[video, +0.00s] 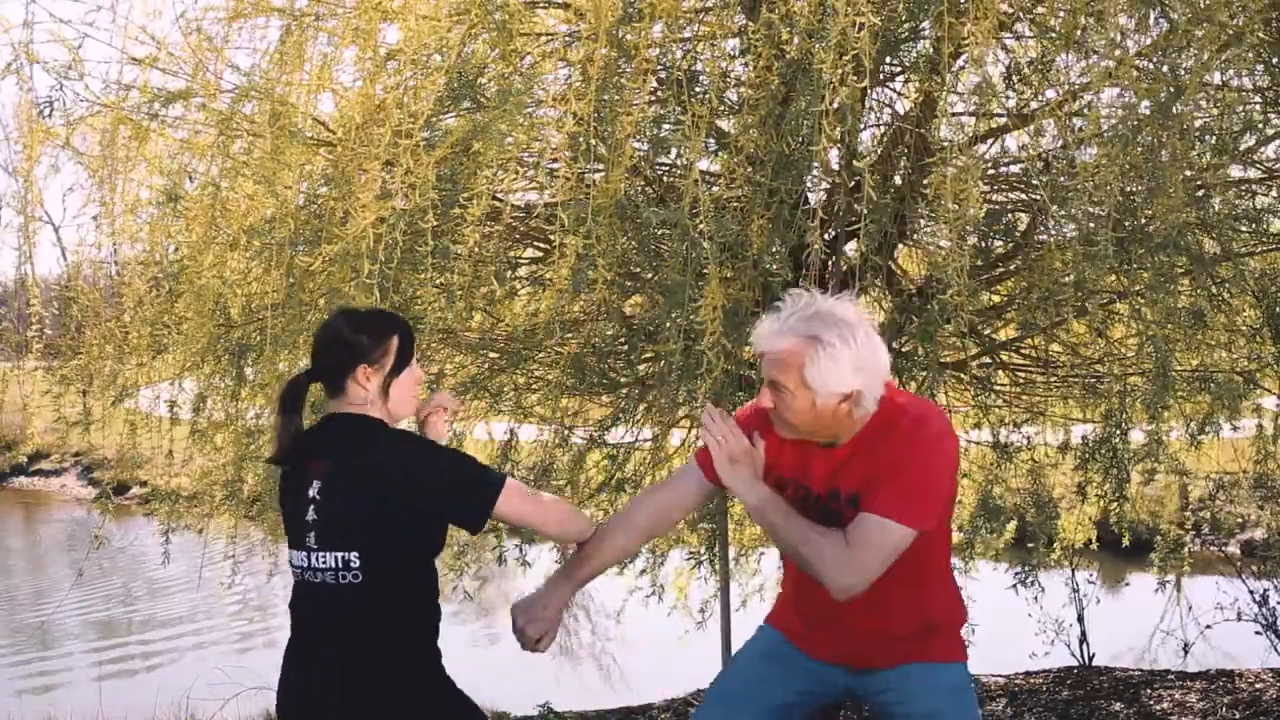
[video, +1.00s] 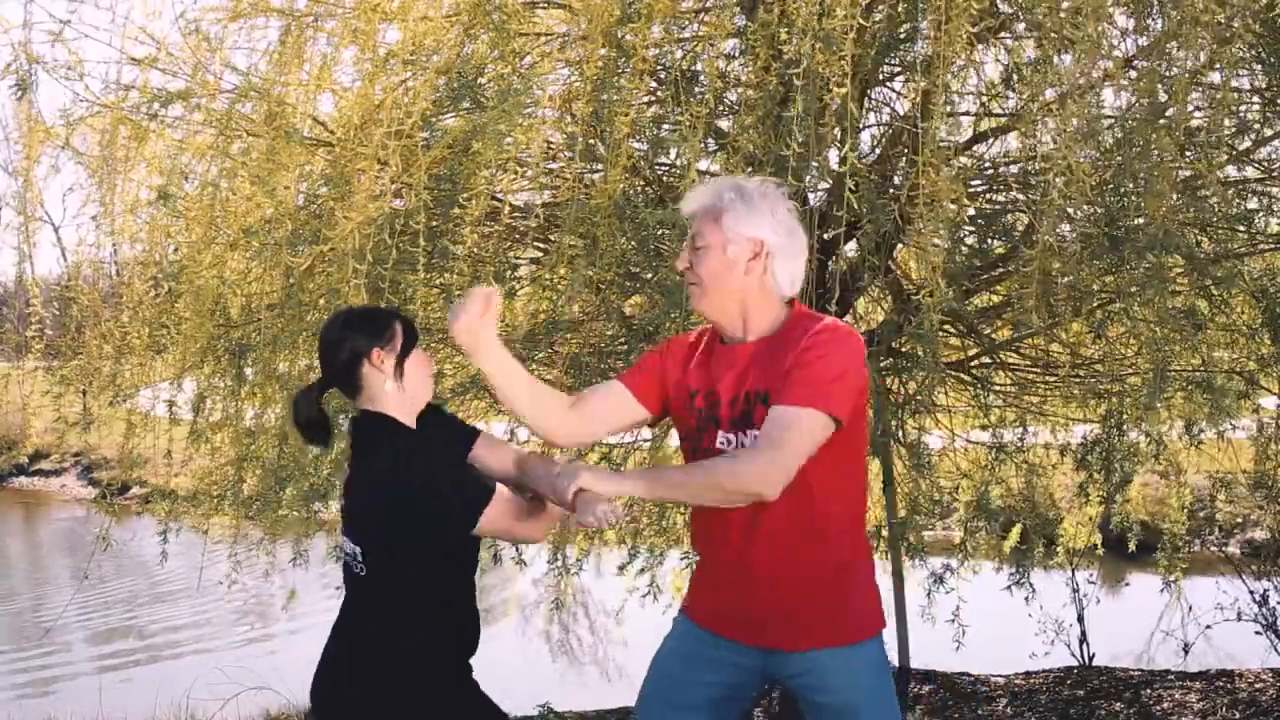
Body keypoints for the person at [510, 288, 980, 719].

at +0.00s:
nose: (765, 402)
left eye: (780, 390)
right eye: (765, 384)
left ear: (845, 398)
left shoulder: (923, 436)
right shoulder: (764, 425)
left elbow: (847, 572)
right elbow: (660, 506)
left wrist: (754, 493)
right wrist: (557, 589)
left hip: (916, 657)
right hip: (795, 645)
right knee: (711, 713)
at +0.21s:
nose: (765, 394)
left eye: (781, 382)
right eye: (767, 376)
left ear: (845, 392)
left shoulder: (923, 437)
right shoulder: (771, 424)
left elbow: (829, 561)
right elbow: (667, 513)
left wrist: (761, 462)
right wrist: (573, 603)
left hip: (919, 662)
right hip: (802, 646)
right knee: (719, 713)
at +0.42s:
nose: (728, 319)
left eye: (747, 306)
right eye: (736, 302)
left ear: (802, 327)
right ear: (799, 327)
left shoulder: (859, 410)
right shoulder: (747, 393)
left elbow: (728, 532)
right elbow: (633, 475)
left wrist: (614, 542)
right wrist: (685, 462)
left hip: (882, 664)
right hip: (772, 640)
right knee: (689, 713)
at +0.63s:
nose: (727, 280)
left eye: (745, 267)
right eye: (737, 265)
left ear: (790, 288)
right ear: (784, 289)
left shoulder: (837, 387)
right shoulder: (743, 377)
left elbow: (702, 500)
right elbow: (635, 412)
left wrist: (591, 533)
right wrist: (550, 379)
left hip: (849, 673)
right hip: (748, 644)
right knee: (675, 713)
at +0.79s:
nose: (727, 272)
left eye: (745, 257)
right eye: (736, 258)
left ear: (793, 275)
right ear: (787, 274)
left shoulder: (836, 362)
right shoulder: (742, 361)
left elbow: (677, 448)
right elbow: (642, 390)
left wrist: (592, 456)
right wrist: (562, 395)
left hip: (845, 660)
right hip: (738, 638)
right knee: (672, 711)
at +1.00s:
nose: (681, 263)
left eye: (697, 246)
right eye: (686, 247)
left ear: (753, 256)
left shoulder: (829, 346)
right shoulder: (683, 360)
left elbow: (763, 474)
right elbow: (566, 420)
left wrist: (623, 483)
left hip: (834, 640)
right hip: (712, 632)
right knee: (657, 712)